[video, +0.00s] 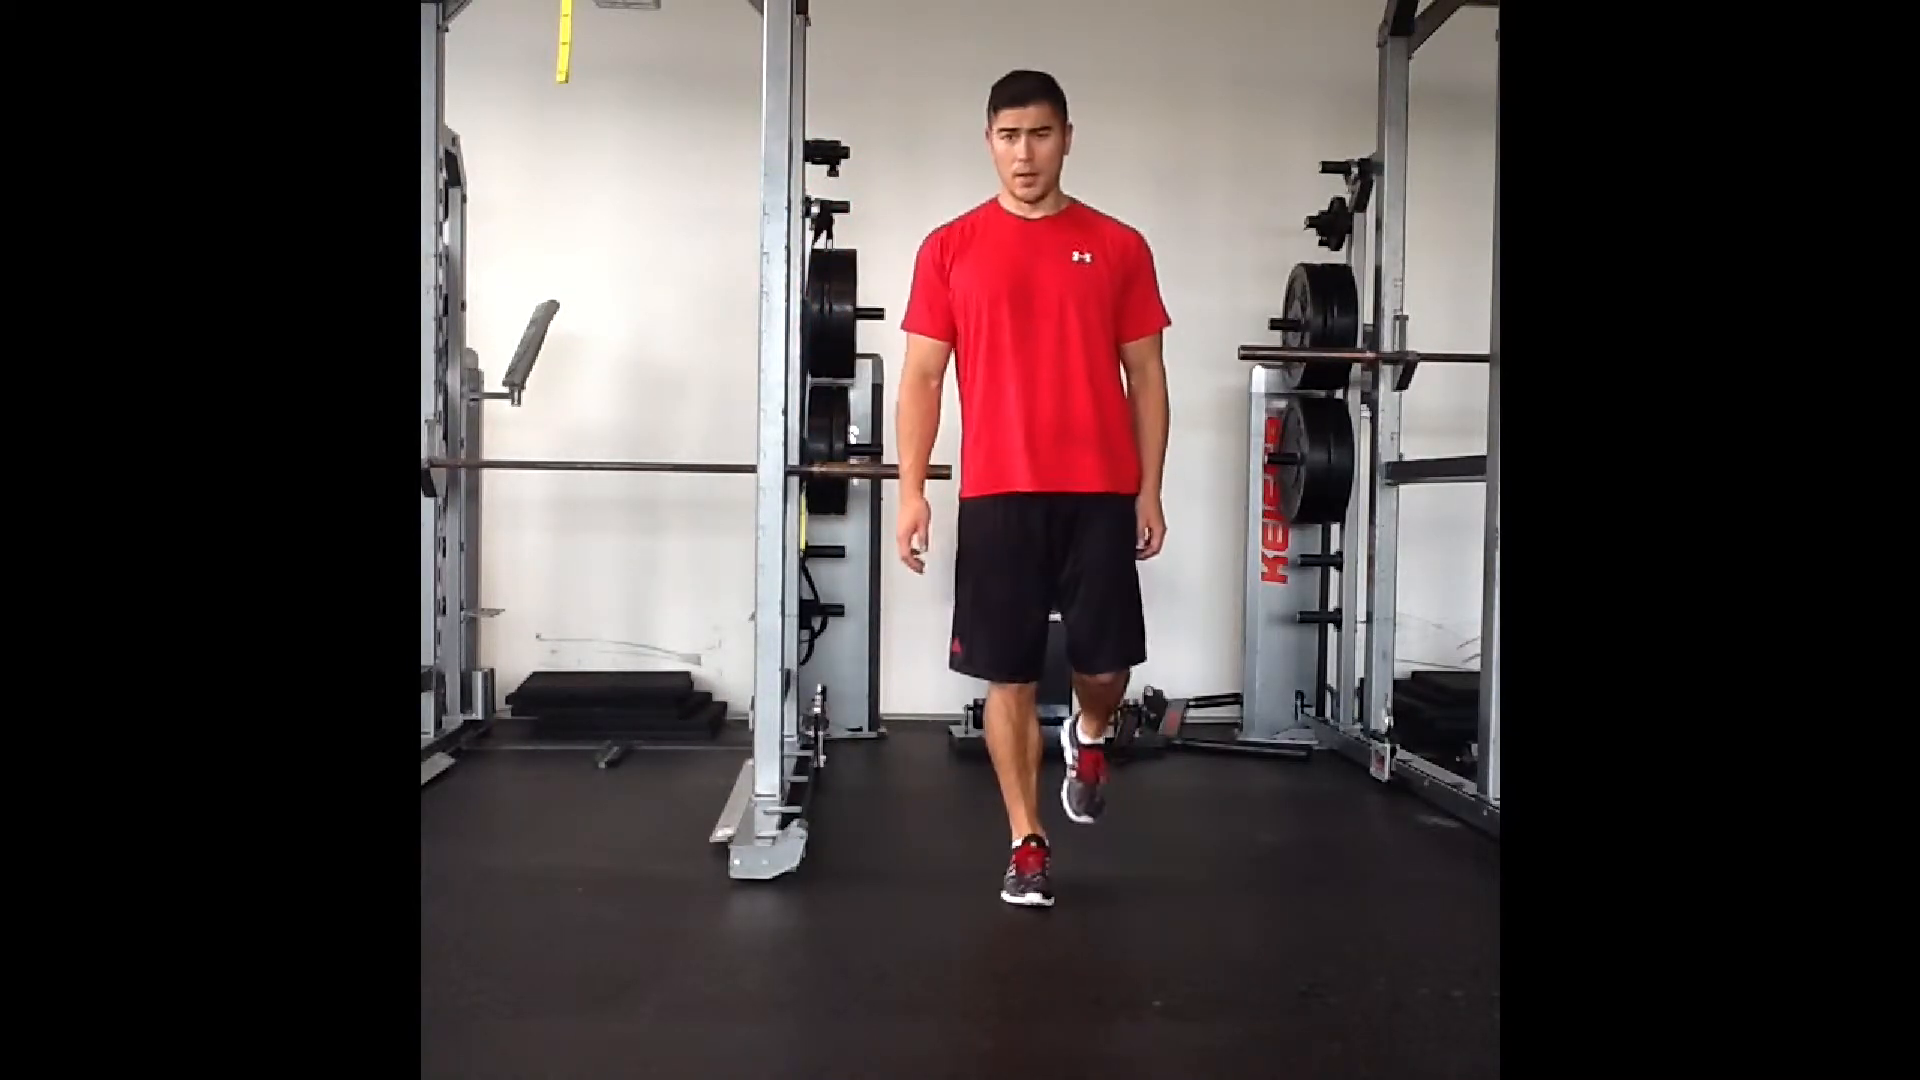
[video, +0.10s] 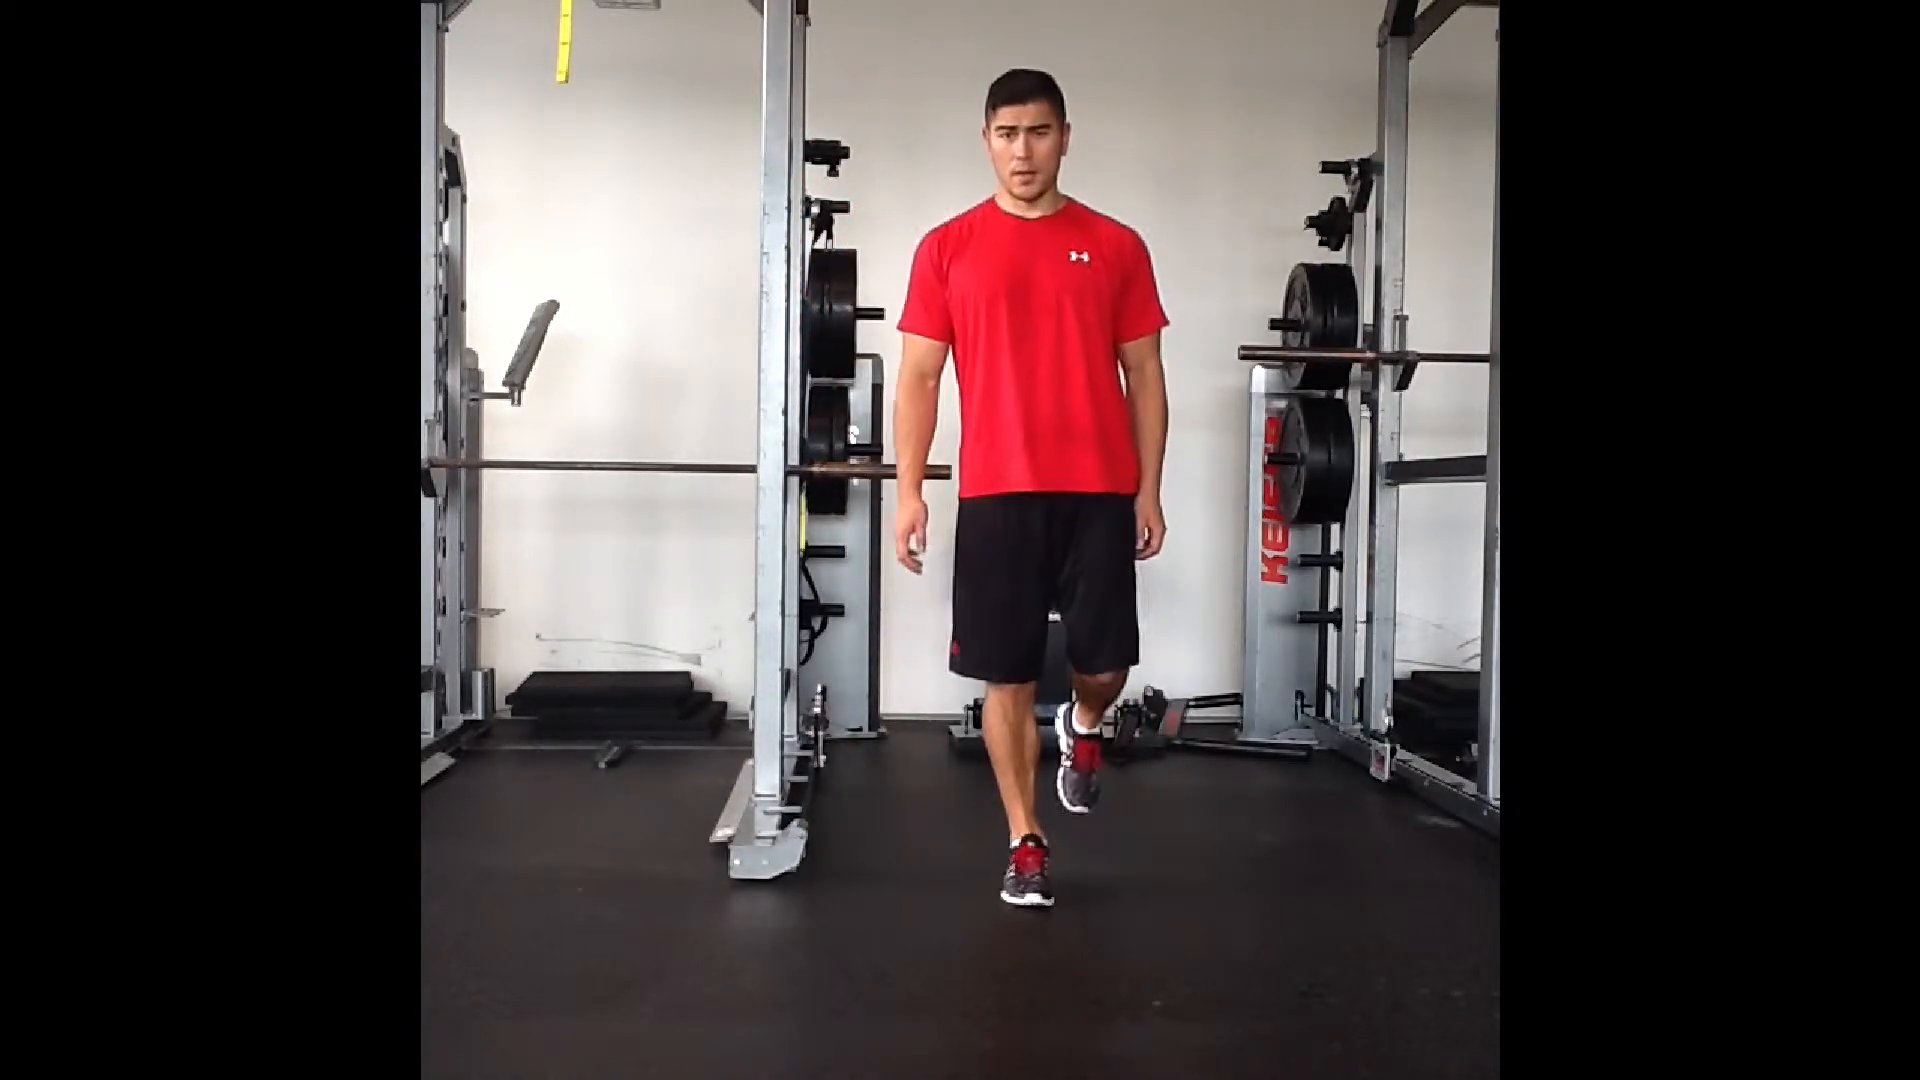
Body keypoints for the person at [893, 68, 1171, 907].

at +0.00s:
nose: (1026, 150)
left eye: (1041, 133)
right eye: (1010, 135)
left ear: (1066, 139)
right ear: (990, 144)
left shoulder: (1118, 247)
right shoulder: (949, 249)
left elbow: (1146, 371)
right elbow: (920, 374)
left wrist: (1149, 488)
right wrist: (913, 490)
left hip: (1099, 490)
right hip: (998, 491)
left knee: (1105, 664)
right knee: (1008, 672)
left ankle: (1088, 745)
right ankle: (1024, 842)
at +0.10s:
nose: (1024, 148)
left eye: (1039, 131)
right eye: (1008, 133)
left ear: (1064, 139)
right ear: (987, 142)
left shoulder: (1116, 246)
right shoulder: (946, 249)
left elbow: (1144, 370)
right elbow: (917, 375)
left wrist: (1148, 486)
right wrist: (910, 490)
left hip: (1099, 489)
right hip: (997, 491)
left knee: (1106, 664)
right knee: (1008, 673)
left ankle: (1081, 734)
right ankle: (1024, 842)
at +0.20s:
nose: (1021, 148)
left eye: (1037, 131)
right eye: (1005, 132)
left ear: (1062, 138)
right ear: (985, 142)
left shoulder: (1115, 246)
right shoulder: (945, 250)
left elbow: (1143, 371)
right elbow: (917, 376)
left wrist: (1148, 488)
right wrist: (913, 491)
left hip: (1098, 490)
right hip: (996, 491)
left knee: (1106, 662)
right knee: (1008, 672)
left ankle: (1080, 733)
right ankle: (1024, 841)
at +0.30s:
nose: (1021, 148)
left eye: (1036, 131)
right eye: (1005, 132)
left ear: (1061, 138)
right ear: (984, 142)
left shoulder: (1114, 247)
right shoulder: (944, 250)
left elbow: (1142, 372)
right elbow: (916, 375)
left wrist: (1147, 490)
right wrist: (917, 489)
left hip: (1098, 492)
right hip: (995, 493)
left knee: (1105, 661)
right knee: (1009, 673)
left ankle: (1078, 736)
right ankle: (1024, 841)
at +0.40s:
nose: (1021, 148)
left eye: (1037, 131)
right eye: (1005, 132)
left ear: (1061, 139)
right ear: (985, 142)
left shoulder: (1114, 247)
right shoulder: (943, 249)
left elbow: (1141, 371)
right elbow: (916, 375)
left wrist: (1146, 489)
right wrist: (920, 488)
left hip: (1097, 491)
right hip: (994, 493)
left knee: (1100, 661)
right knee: (1008, 673)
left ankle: (1077, 737)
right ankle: (1024, 840)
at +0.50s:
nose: (1021, 148)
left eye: (1036, 131)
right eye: (1004, 133)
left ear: (1061, 139)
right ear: (983, 142)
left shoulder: (1114, 247)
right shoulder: (942, 249)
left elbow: (1141, 370)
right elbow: (914, 374)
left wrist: (1145, 489)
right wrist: (922, 488)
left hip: (1096, 494)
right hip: (993, 495)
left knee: (1099, 661)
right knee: (1008, 674)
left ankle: (1074, 737)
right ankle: (1024, 841)